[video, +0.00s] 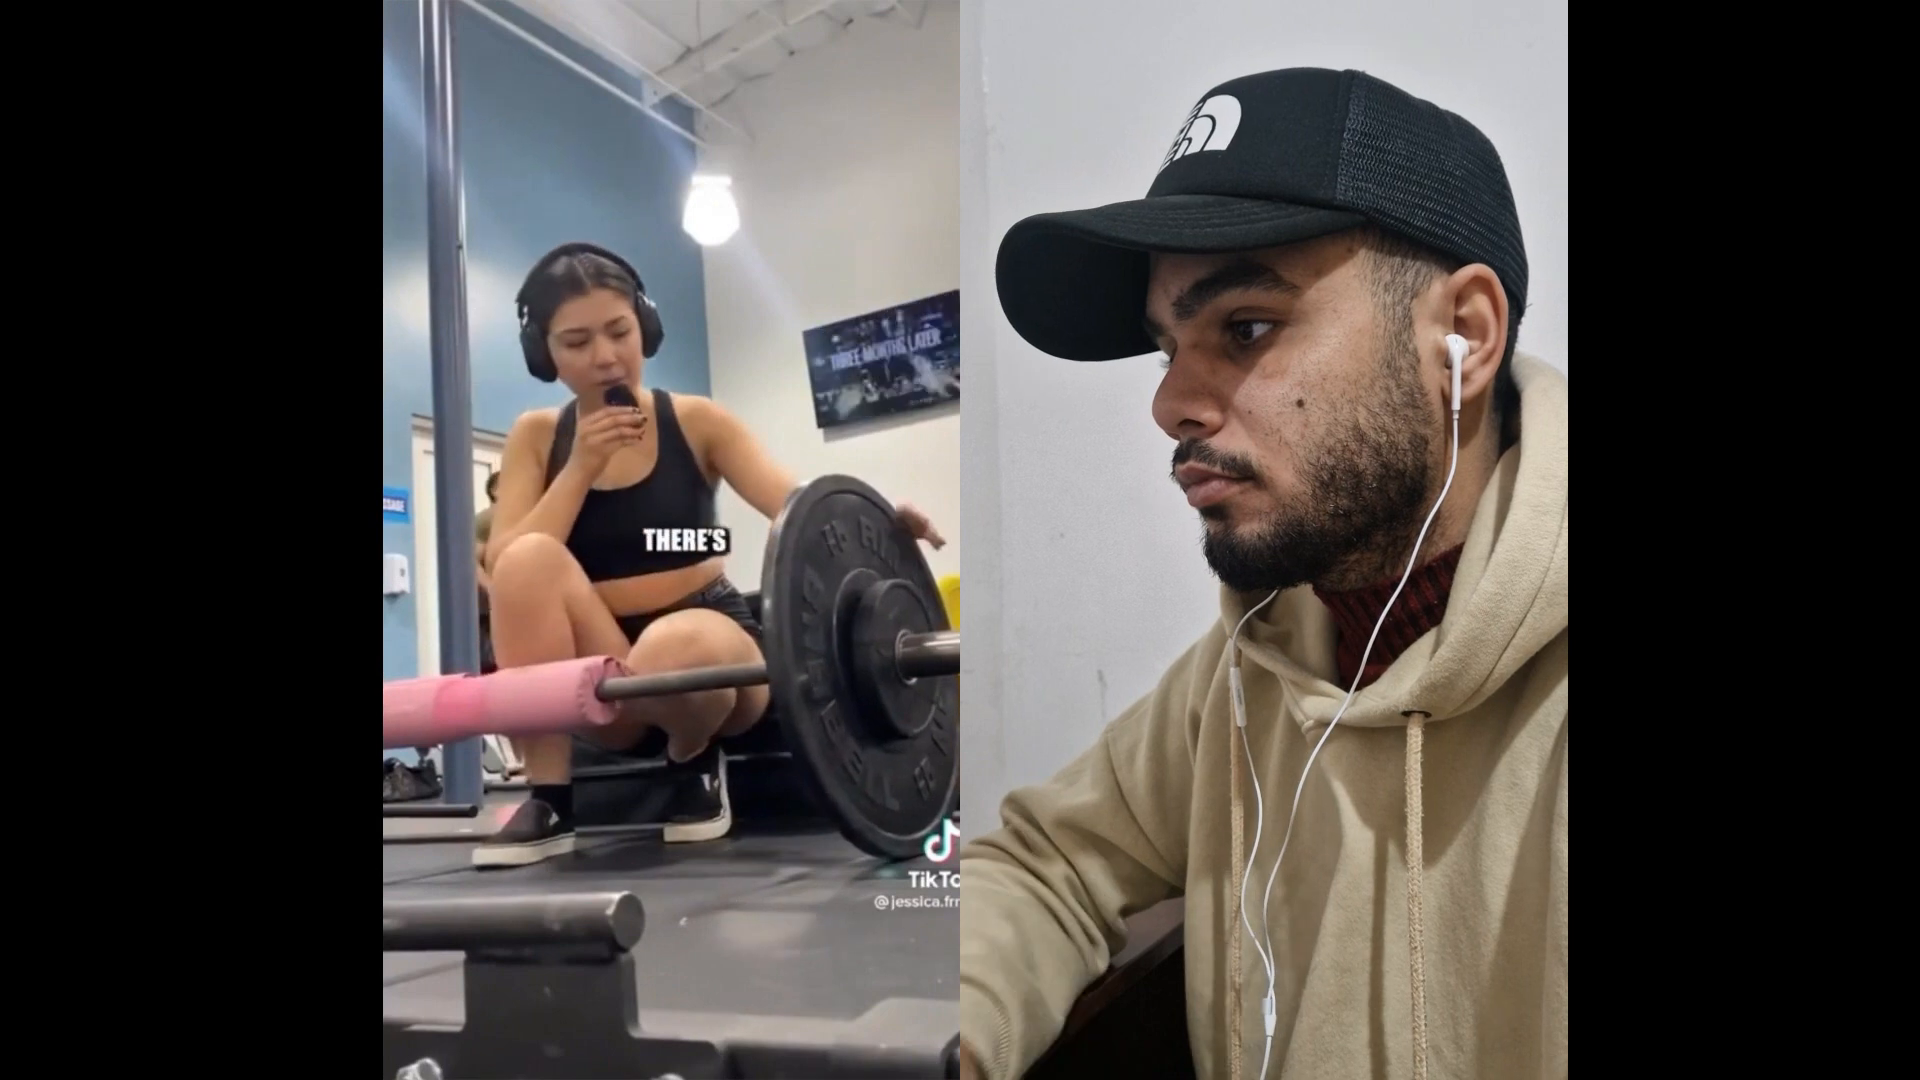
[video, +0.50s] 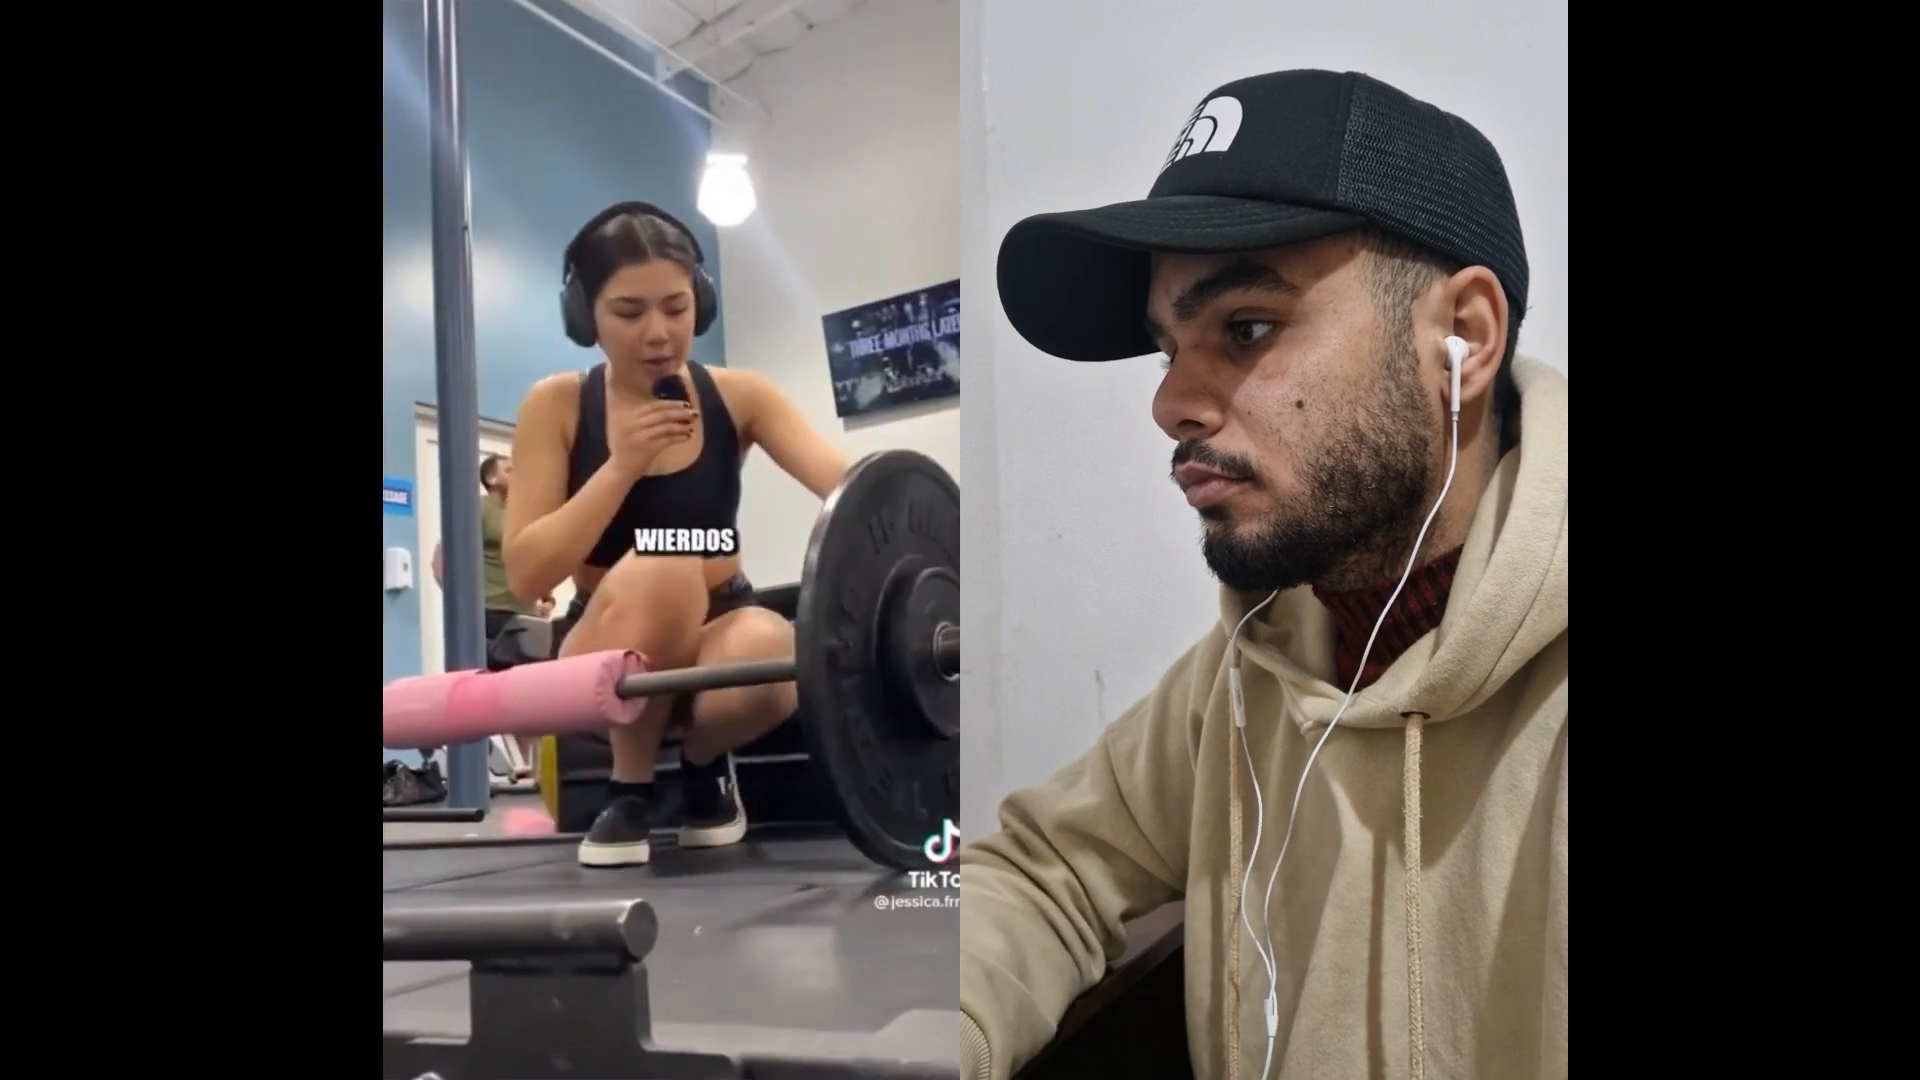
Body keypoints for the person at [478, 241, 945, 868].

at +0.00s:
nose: (605, 355)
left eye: (618, 331)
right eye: (578, 341)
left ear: (643, 329)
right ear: (548, 355)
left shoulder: (697, 422)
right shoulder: (536, 435)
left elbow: (792, 505)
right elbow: (508, 569)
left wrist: (877, 526)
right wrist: (579, 470)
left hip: (712, 652)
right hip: (598, 669)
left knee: (674, 650)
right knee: (526, 559)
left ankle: (693, 761)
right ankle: (545, 798)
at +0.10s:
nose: (613, 355)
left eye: (627, 331)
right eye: (585, 339)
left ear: (652, 329)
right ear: (554, 352)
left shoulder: (700, 423)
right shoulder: (540, 433)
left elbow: (800, 505)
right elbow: (510, 569)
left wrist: (894, 541)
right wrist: (583, 470)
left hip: (713, 657)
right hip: (602, 670)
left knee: (672, 651)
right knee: (534, 553)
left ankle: (693, 760)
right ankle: (552, 797)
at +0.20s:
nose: (642, 348)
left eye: (657, 320)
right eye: (613, 331)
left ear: (684, 317)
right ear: (582, 342)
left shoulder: (740, 413)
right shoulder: (565, 425)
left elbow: (840, 490)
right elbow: (531, 582)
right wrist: (606, 477)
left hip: (744, 677)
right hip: (628, 683)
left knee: (698, 636)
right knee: (593, 542)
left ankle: (715, 766)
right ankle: (614, 794)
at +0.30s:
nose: (647, 345)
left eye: (663, 318)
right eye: (619, 326)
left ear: (689, 315)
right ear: (584, 336)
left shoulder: (740, 409)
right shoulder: (563, 421)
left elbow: (847, 491)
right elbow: (531, 582)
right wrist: (609, 474)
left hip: (740, 668)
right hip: (622, 676)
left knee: (702, 639)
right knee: (610, 547)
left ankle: (715, 763)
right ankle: (618, 790)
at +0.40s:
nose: (654, 340)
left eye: (671, 314)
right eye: (626, 320)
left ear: (695, 312)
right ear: (586, 327)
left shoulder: (743, 404)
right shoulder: (559, 416)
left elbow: (845, 488)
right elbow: (530, 581)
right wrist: (616, 472)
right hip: (620, 657)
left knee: (722, 658)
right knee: (627, 560)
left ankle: (712, 765)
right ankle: (622, 793)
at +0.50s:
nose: (659, 333)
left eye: (675, 307)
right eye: (630, 312)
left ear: (697, 304)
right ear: (588, 316)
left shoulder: (742, 397)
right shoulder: (556, 406)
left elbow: (845, 483)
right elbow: (527, 575)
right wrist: (621, 467)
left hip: (721, 632)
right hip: (604, 643)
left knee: (770, 666)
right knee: (665, 573)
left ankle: (700, 759)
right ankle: (631, 791)